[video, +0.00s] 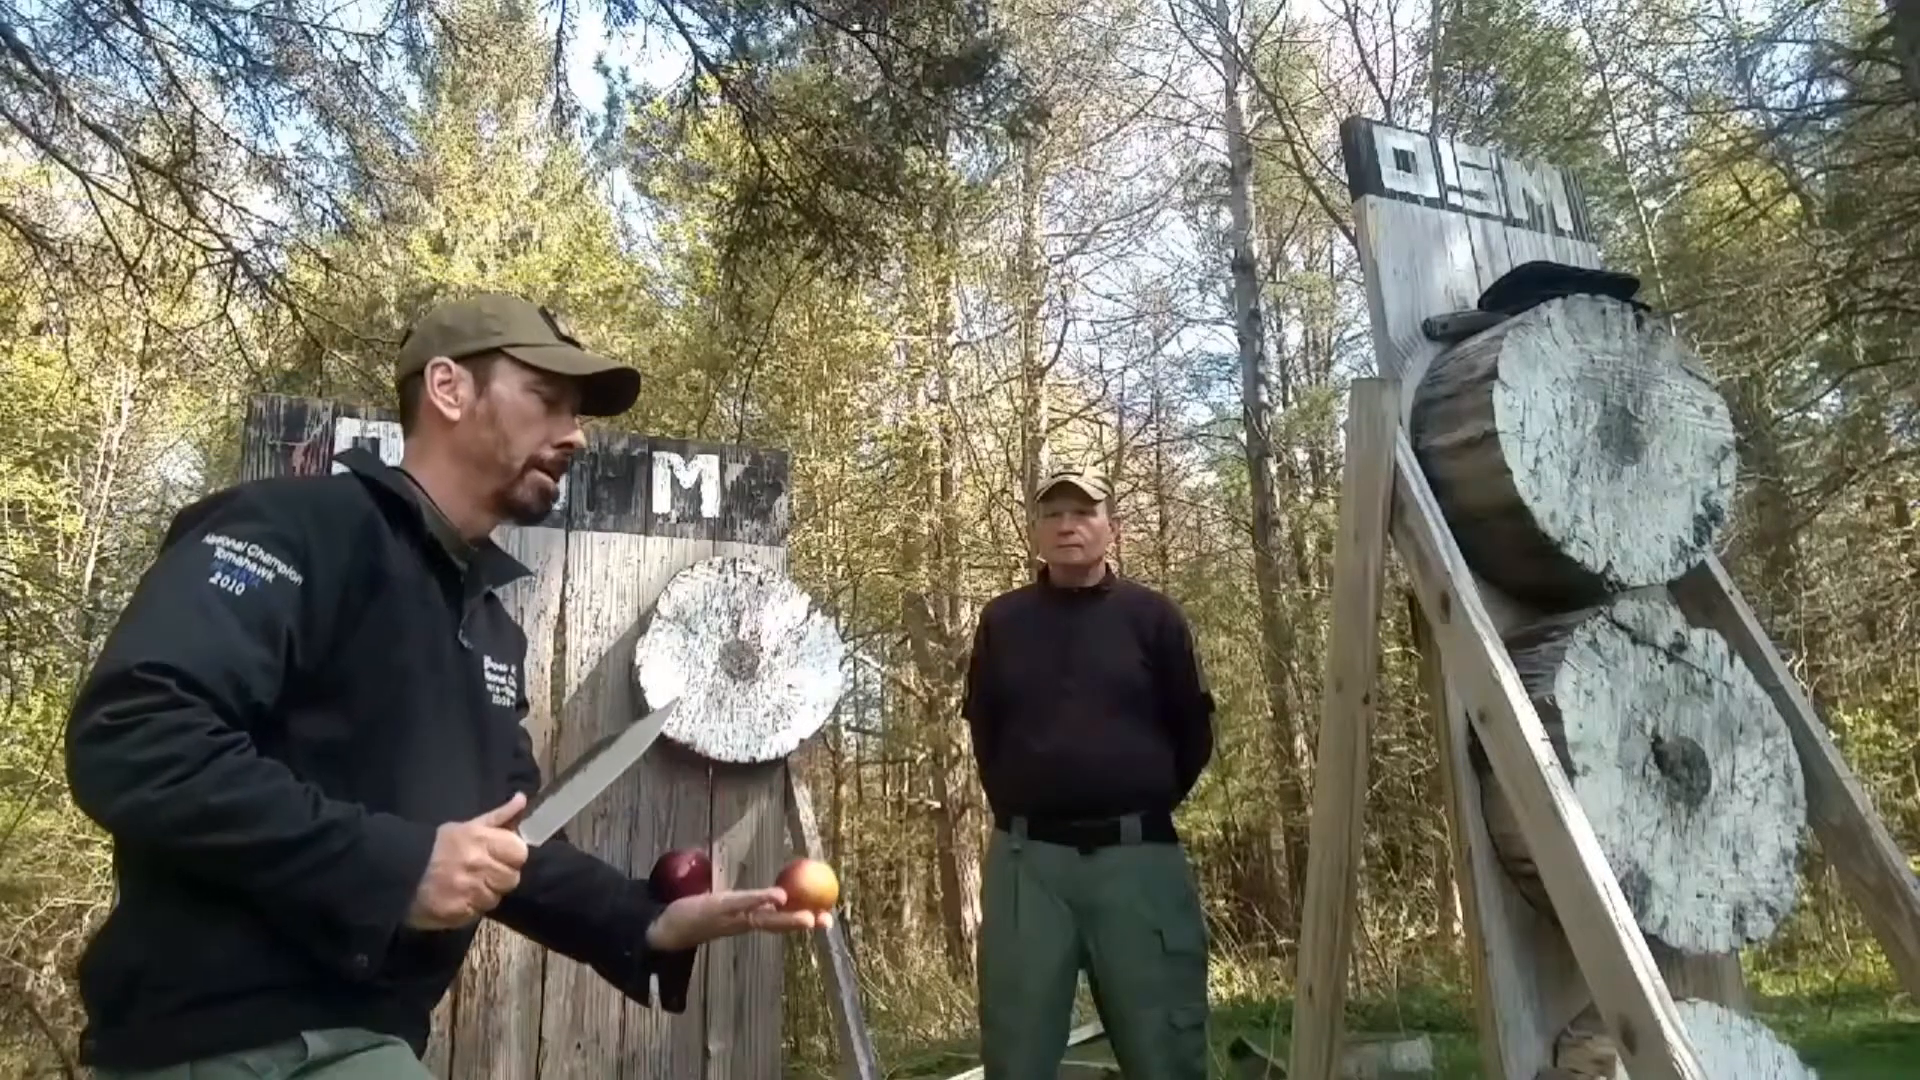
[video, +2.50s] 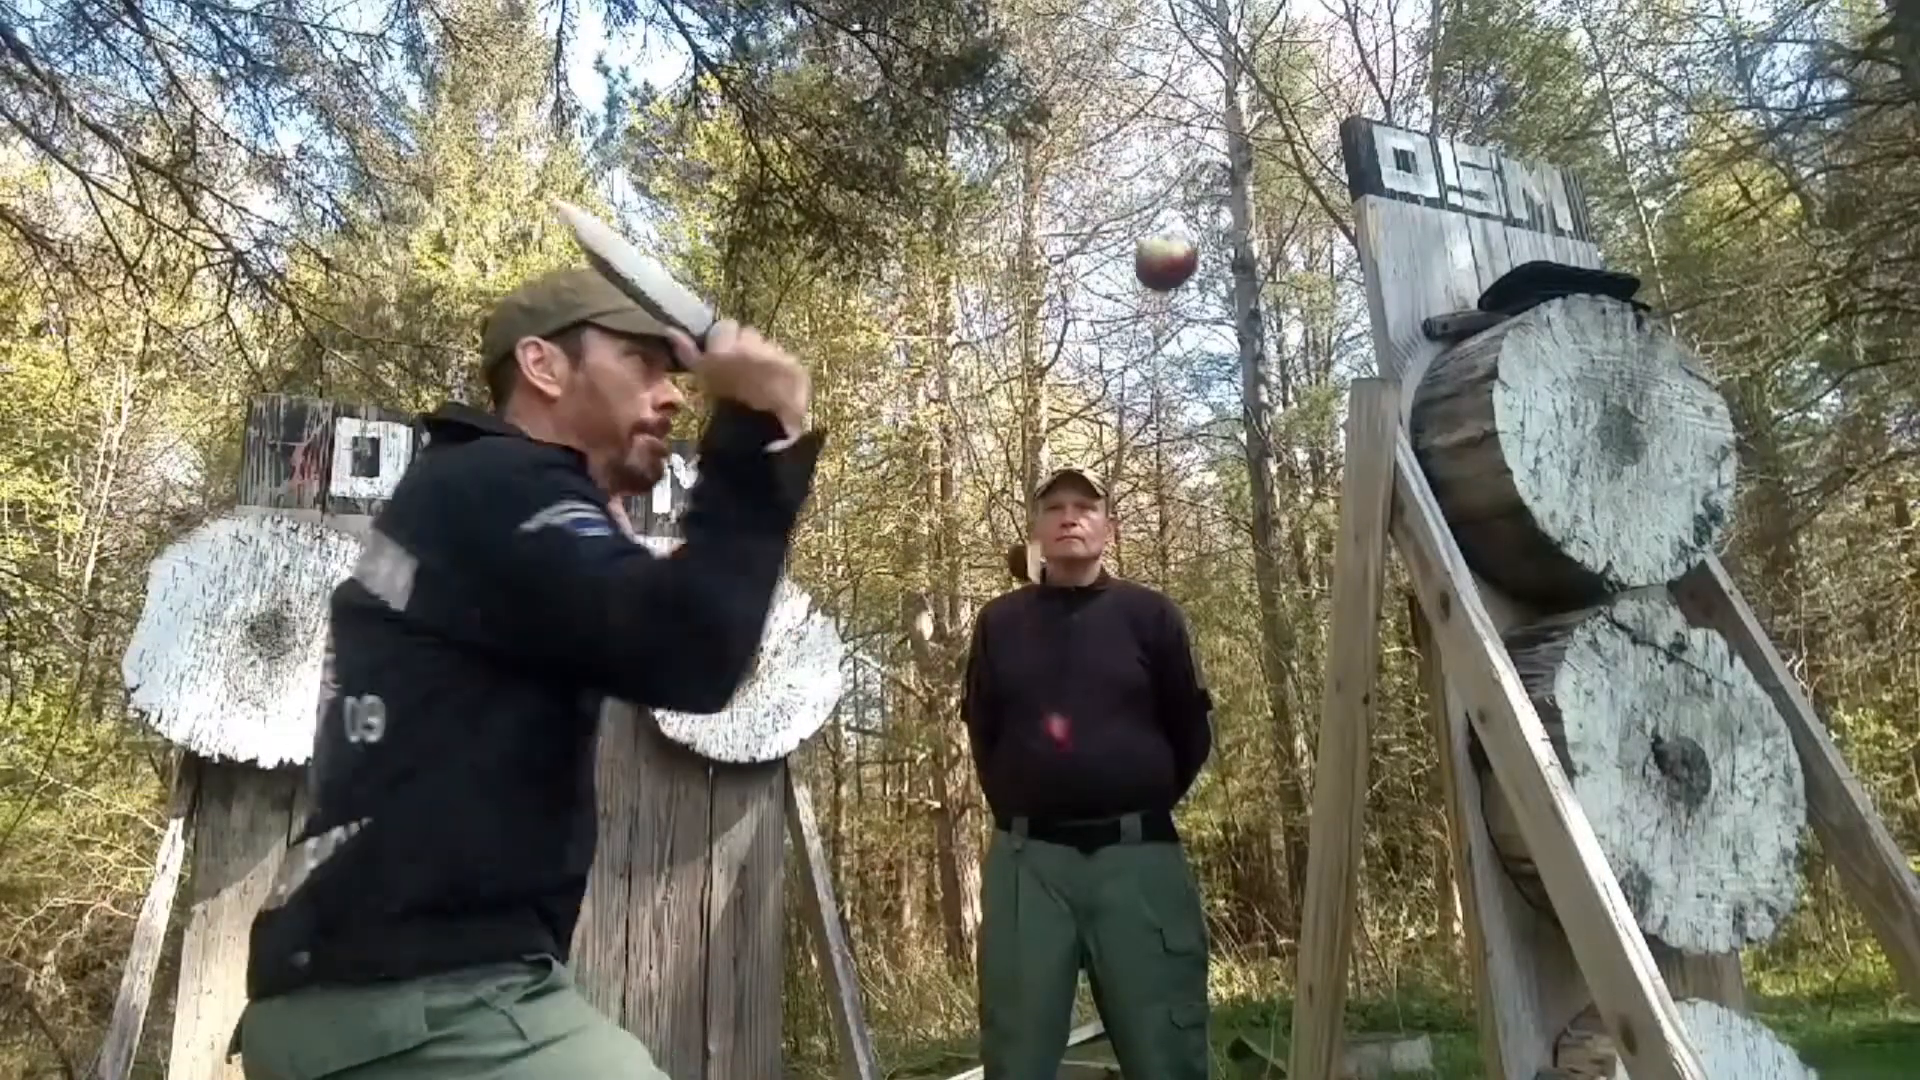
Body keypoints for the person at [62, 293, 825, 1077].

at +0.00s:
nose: (574, 438)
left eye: (577, 414)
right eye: (549, 401)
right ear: (449, 392)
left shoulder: (491, 622)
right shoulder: (295, 525)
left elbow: (481, 839)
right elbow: (132, 741)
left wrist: (651, 922)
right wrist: (397, 863)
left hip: (370, 1033)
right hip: (241, 1032)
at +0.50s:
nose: (554, 464)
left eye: (558, 441)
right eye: (527, 429)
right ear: (425, 426)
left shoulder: (486, 644)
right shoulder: (265, 574)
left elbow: (530, 848)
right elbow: (137, 807)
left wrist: (697, 911)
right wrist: (399, 917)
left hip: (406, 1050)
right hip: (237, 1050)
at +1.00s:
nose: (537, 370)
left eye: (538, 347)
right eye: (507, 334)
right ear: (410, 336)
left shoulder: (478, 530)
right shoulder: (292, 468)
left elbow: (598, 665)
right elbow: (234, 649)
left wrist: (780, 631)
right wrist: (518, 600)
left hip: (411, 962)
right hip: (338, 970)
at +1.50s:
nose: (517, 293)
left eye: (514, 271)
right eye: (484, 264)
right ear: (392, 280)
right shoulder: (365, 379)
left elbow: (573, 607)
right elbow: (579, 469)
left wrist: (679, 482)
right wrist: (641, 298)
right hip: (370, 888)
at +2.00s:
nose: (536, 304)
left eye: (532, 286)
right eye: (503, 281)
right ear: (410, 299)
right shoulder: (408, 403)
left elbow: (560, 663)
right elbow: (477, 645)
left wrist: (557, 489)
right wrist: (697, 682)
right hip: (402, 901)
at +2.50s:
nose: (671, 396)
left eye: (672, 373)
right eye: (643, 360)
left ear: (545, 373)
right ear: (545, 366)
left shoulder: (438, 489)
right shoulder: (507, 488)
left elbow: (674, 649)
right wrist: (754, 435)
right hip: (440, 1007)